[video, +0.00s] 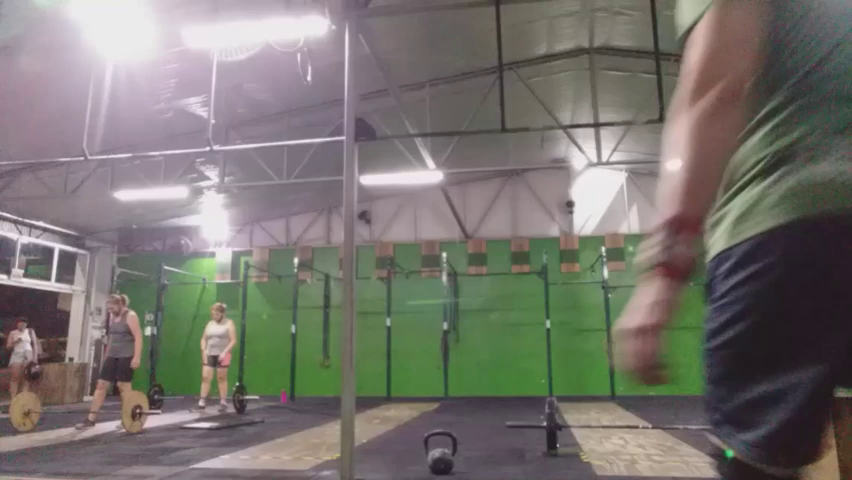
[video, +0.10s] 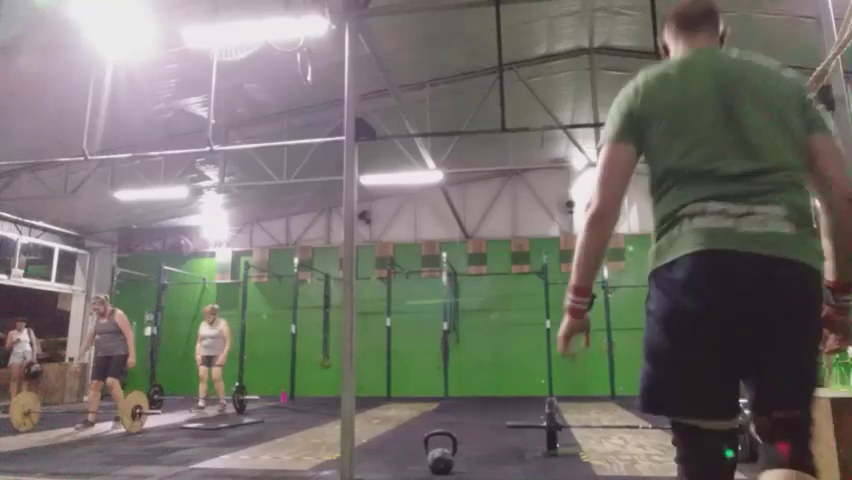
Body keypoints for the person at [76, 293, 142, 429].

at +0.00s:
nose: (111, 311)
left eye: (113, 308)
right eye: (109, 308)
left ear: (120, 305)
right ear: (108, 307)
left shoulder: (130, 316)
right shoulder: (111, 316)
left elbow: (138, 336)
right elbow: (111, 338)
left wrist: (136, 357)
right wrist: (107, 355)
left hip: (126, 356)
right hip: (112, 355)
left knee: (124, 386)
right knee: (101, 385)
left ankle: (128, 419)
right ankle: (91, 418)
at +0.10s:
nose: (96, 312)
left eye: (98, 308)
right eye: (95, 309)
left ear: (105, 304)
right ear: (94, 308)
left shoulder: (118, 315)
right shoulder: (98, 318)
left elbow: (129, 334)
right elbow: (91, 336)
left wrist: (132, 355)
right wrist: (82, 351)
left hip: (118, 354)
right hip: (101, 355)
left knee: (112, 381)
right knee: (95, 384)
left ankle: (122, 415)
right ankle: (91, 418)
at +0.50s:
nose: (93, 312)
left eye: (95, 309)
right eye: (91, 310)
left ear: (102, 305)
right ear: (90, 308)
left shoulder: (113, 315)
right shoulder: (92, 318)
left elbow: (124, 335)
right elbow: (90, 340)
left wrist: (118, 356)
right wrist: (85, 359)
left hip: (111, 356)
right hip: (96, 356)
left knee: (110, 385)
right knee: (86, 385)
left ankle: (112, 420)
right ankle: (81, 419)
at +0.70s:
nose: (88, 327)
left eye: (90, 324)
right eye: (85, 325)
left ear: (96, 319)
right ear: (82, 322)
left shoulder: (106, 326)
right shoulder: (85, 330)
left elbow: (111, 350)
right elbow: (83, 351)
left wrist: (109, 373)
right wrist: (80, 372)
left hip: (117, 361)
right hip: (100, 361)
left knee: (108, 384)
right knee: (79, 384)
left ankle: (112, 420)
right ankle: (80, 420)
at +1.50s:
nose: (82, 332)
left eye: (83, 329)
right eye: (80, 330)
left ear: (91, 325)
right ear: (80, 329)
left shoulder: (105, 333)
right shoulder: (84, 336)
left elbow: (111, 357)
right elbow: (80, 357)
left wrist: (111, 379)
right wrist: (74, 379)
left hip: (119, 360)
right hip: (102, 361)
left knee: (109, 387)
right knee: (81, 385)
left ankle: (112, 421)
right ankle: (80, 420)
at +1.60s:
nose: (83, 343)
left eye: (84, 340)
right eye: (81, 341)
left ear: (91, 334)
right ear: (79, 338)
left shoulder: (104, 338)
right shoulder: (83, 343)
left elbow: (107, 364)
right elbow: (76, 367)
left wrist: (108, 389)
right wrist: (67, 391)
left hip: (120, 363)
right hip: (102, 364)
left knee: (111, 385)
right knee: (81, 385)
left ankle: (112, 420)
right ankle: (80, 420)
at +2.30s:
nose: (84, 332)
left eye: (87, 329)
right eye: (82, 329)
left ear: (96, 329)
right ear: (81, 330)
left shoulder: (107, 339)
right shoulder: (84, 340)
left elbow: (113, 363)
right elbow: (78, 362)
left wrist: (115, 388)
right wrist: (70, 385)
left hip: (120, 362)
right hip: (102, 362)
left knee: (110, 385)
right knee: (81, 385)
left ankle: (112, 421)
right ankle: (80, 421)